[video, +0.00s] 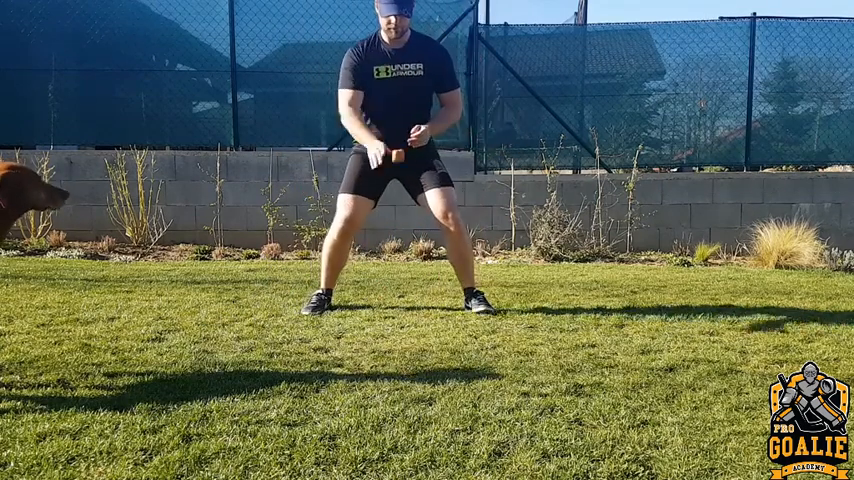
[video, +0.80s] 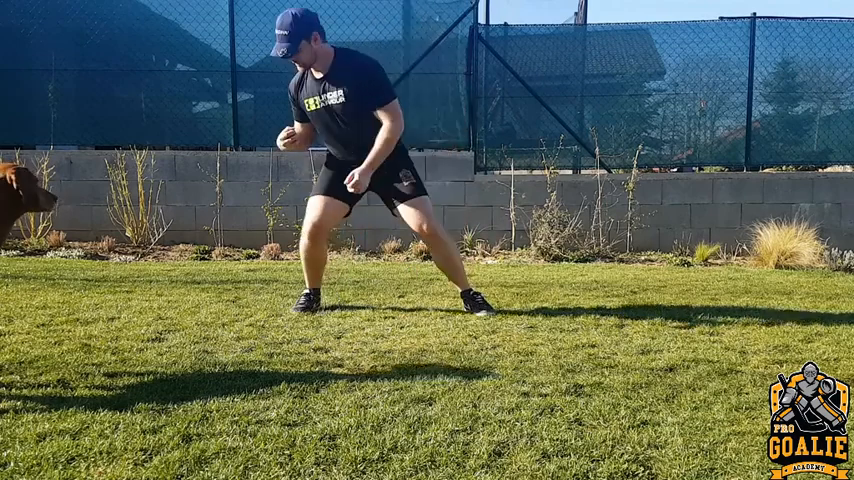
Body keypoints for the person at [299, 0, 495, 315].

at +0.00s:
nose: (394, 22)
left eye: (401, 15)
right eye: (388, 15)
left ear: (410, 15)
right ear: (378, 15)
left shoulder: (434, 52)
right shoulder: (359, 54)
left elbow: (453, 107)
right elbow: (347, 110)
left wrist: (430, 129)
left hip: (418, 146)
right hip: (371, 147)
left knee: (449, 215)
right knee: (345, 221)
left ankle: (471, 294)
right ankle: (324, 293)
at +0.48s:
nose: (388, 31)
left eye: (394, 24)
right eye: (383, 24)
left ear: (414, 15)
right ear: (377, 19)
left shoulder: (440, 57)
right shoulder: (362, 57)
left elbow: (459, 113)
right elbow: (345, 112)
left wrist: (447, 150)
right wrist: (326, 156)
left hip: (423, 156)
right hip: (374, 155)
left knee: (451, 220)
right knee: (344, 221)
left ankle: (472, 295)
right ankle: (327, 289)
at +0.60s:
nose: (345, 40)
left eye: (351, 34)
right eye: (343, 34)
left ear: (373, 26)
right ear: (342, 30)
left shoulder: (416, 64)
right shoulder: (338, 69)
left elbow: (443, 122)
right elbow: (328, 121)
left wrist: (423, 163)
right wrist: (307, 162)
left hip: (409, 162)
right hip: (360, 161)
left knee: (439, 225)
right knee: (327, 222)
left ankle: (470, 294)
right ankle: (310, 290)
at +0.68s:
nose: (324, 47)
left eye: (328, 40)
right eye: (321, 42)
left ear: (351, 32)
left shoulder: (395, 67)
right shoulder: (323, 78)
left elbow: (427, 121)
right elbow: (318, 127)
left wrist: (407, 167)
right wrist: (297, 166)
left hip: (400, 165)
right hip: (352, 165)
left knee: (434, 229)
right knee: (318, 227)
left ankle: (470, 294)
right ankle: (311, 294)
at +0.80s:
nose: (291, 59)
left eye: (294, 51)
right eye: (287, 53)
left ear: (316, 39)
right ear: (286, 50)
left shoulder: (361, 68)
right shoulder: (298, 86)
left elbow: (394, 122)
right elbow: (304, 136)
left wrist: (367, 168)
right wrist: (288, 141)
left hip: (387, 158)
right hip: (341, 163)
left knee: (425, 227)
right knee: (312, 227)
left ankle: (469, 294)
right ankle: (311, 294)